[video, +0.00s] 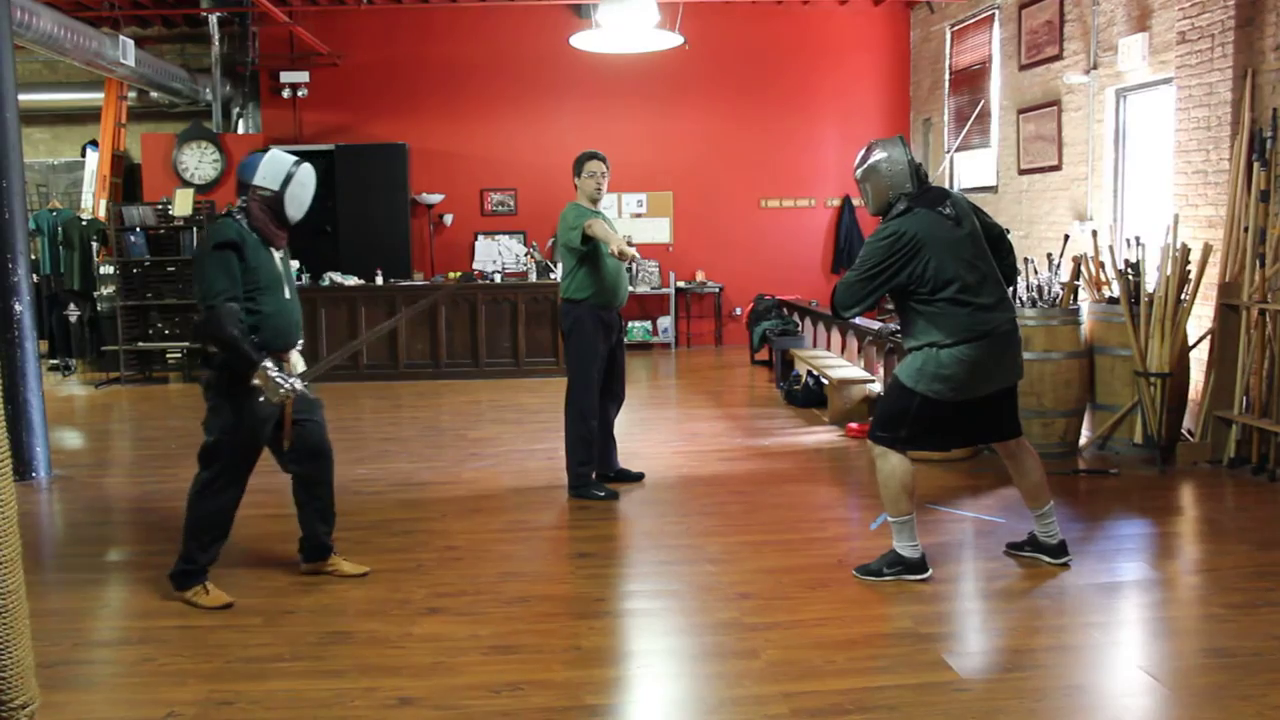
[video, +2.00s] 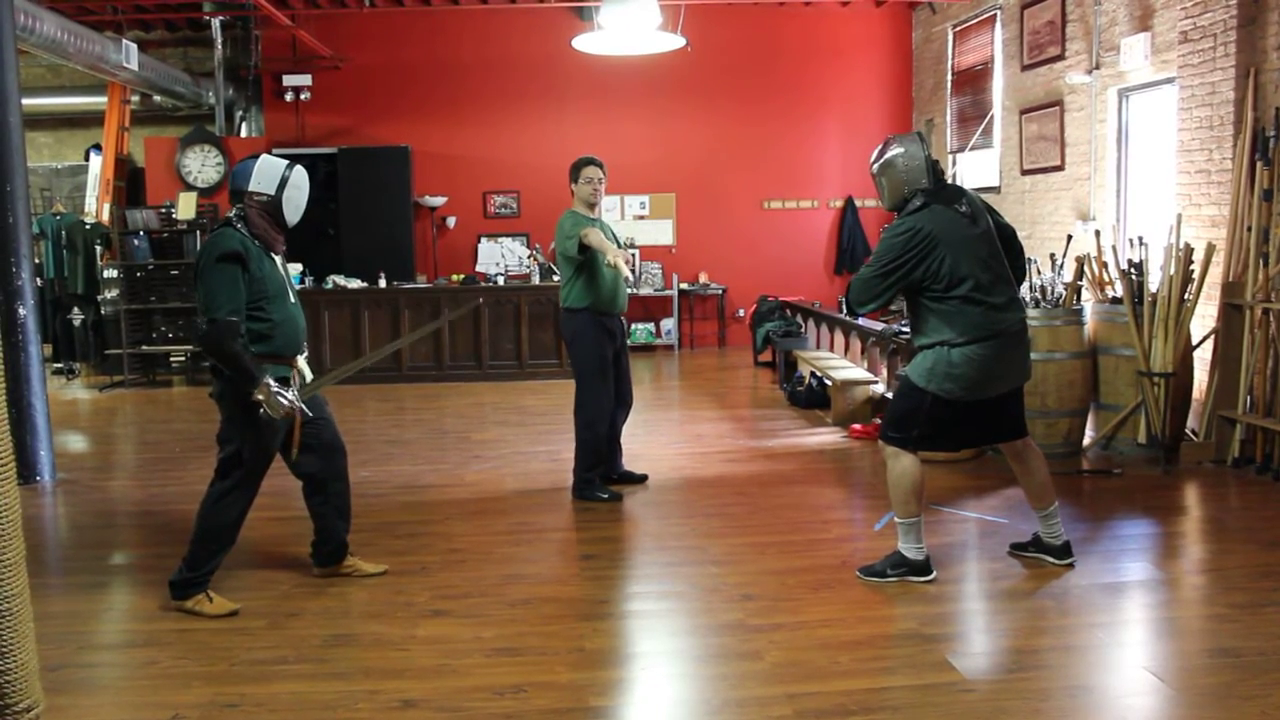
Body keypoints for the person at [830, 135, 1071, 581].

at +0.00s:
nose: (863, 198)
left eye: (865, 188)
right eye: (862, 188)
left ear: (883, 185)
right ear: (911, 177)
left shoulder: (895, 233)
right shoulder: (957, 205)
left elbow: (843, 302)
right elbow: (1003, 249)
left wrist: (882, 275)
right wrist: (992, 297)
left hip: (945, 355)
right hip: (1001, 346)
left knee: (886, 438)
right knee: (1009, 438)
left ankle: (907, 553)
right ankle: (1050, 538)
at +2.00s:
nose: (881, 193)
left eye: (882, 182)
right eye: (880, 183)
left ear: (899, 179)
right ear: (928, 172)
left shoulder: (910, 228)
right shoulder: (974, 206)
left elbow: (859, 296)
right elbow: (1016, 259)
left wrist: (888, 277)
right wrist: (992, 298)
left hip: (954, 356)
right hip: (1009, 348)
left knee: (898, 439)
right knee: (1016, 440)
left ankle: (911, 554)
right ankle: (1054, 539)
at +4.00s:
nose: (875, 186)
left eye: (877, 176)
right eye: (875, 177)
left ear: (894, 176)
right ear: (923, 170)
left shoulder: (906, 224)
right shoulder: (966, 206)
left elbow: (852, 293)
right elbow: (1005, 261)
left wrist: (892, 272)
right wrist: (983, 299)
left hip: (937, 353)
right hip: (990, 348)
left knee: (871, 431)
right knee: (976, 442)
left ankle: (887, 544)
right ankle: (1023, 538)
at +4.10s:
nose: (860, 188)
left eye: (863, 178)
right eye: (861, 179)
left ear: (881, 181)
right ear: (909, 176)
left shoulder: (890, 230)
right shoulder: (953, 211)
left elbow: (837, 296)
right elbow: (992, 259)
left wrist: (882, 269)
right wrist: (971, 298)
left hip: (922, 357)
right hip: (977, 351)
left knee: (858, 433)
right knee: (974, 446)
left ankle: (848, 547)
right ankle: (1023, 539)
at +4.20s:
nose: (841, 192)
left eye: (843, 183)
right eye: (841, 182)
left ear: (857, 184)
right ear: (891, 178)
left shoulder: (867, 231)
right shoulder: (934, 214)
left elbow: (812, 289)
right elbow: (970, 270)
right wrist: (942, 299)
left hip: (902, 360)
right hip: (958, 355)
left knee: (838, 437)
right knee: (971, 446)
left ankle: (809, 551)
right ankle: (1024, 538)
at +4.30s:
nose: (816, 195)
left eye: (819, 185)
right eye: (816, 186)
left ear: (836, 183)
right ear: (864, 178)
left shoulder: (842, 233)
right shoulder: (909, 215)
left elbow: (782, 286)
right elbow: (942, 277)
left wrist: (765, 269)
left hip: (879, 363)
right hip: (934, 357)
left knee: (814, 443)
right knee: (958, 445)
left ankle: (795, 557)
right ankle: (1020, 532)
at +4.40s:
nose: (789, 198)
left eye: (791, 189)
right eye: (788, 189)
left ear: (807, 187)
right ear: (837, 182)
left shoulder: (814, 234)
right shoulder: (881, 215)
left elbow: (755, 280)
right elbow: (916, 259)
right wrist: (901, 301)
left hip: (860, 358)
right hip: (913, 351)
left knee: (795, 443)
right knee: (938, 441)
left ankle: (788, 558)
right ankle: (1010, 520)